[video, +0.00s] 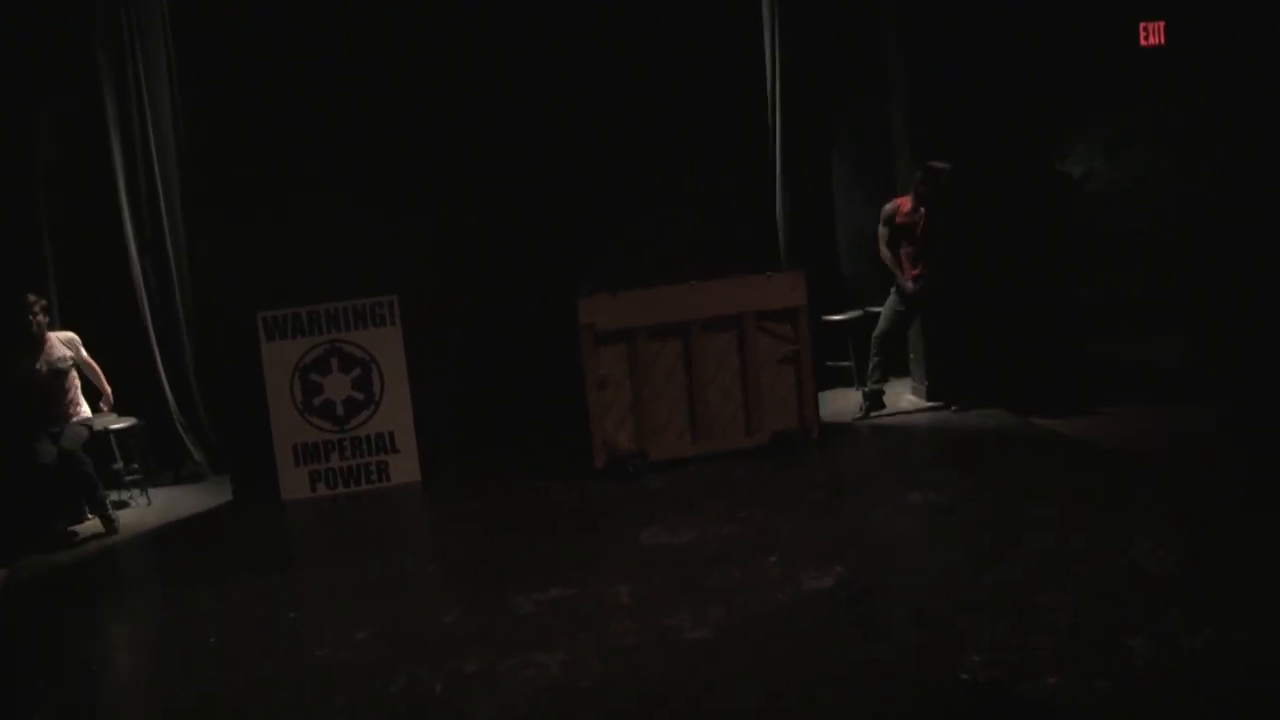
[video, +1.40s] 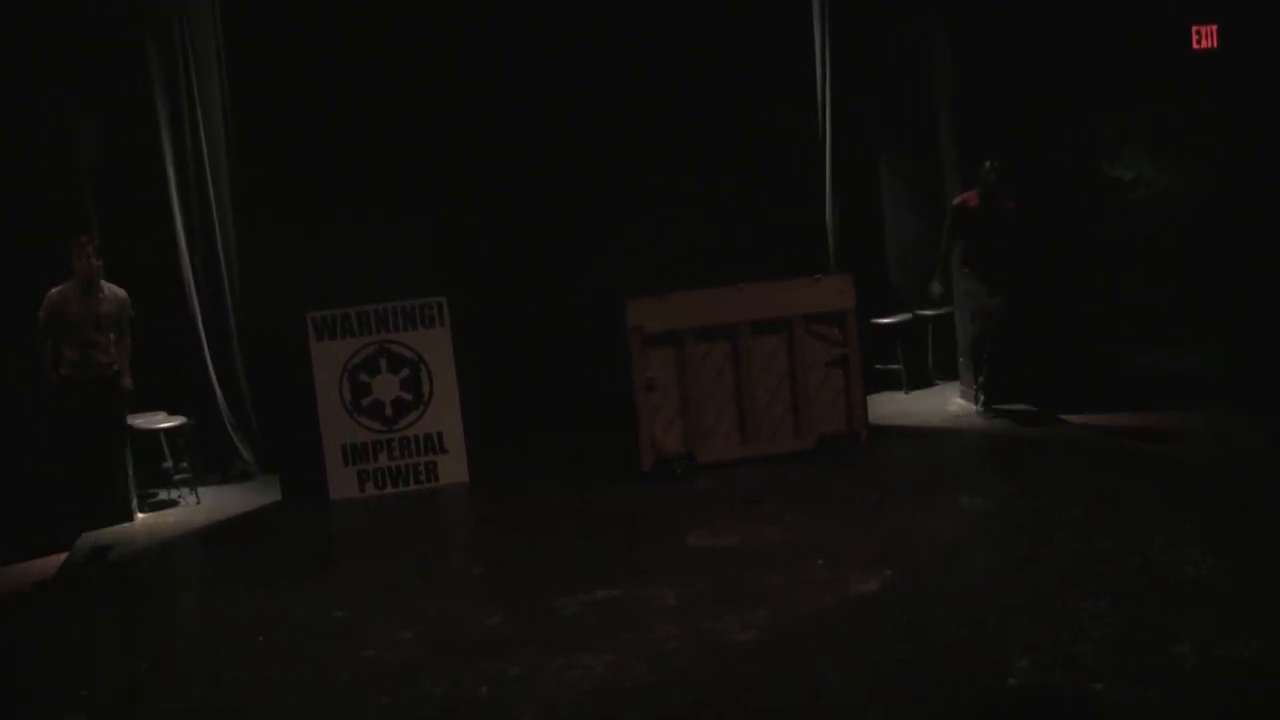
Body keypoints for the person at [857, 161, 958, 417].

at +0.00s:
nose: (923, 192)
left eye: (929, 188)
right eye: (921, 186)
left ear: (936, 190)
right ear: (915, 185)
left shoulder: (939, 213)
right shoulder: (893, 210)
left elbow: (948, 250)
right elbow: (884, 249)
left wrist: (935, 277)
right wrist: (902, 280)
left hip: (937, 286)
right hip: (907, 286)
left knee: (944, 338)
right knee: (881, 336)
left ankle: (953, 392)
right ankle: (873, 396)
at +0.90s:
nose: (948, 194)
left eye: (952, 189)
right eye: (945, 188)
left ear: (960, 191)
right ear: (938, 189)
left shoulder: (968, 216)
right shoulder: (920, 216)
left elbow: (978, 250)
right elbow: (906, 251)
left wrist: (971, 279)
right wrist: (915, 277)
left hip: (959, 288)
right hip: (931, 287)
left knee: (963, 345)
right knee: (917, 347)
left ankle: (971, 404)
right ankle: (906, 405)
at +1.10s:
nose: (959, 194)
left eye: (963, 189)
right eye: (956, 189)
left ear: (969, 192)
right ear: (950, 192)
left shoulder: (980, 220)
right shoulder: (939, 220)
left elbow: (1005, 257)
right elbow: (929, 251)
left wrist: (981, 269)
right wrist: (947, 258)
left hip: (972, 292)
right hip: (944, 289)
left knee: (969, 351)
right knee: (930, 349)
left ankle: (980, 401)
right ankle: (917, 404)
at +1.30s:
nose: (987, 191)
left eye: (990, 186)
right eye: (984, 186)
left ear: (994, 190)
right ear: (976, 188)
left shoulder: (998, 215)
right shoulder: (959, 214)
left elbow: (1002, 255)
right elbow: (947, 252)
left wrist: (997, 286)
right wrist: (958, 285)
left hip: (990, 288)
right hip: (965, 288)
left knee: (986, 342)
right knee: (962, 339)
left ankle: (982, 394)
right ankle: (941, 381)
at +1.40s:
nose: (991, 183)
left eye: (995, 178)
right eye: (988, 177)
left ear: (1000, 180)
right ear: (980, 178)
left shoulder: (1007, 205)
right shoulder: (963, 205)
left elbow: (1013, 243)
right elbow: (948, 244)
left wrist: (1015, 272)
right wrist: (941, 277)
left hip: (1000, 274)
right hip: (970, 276)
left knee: (996, 331)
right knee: (974, 330)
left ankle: (991, 386)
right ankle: (976, 384)